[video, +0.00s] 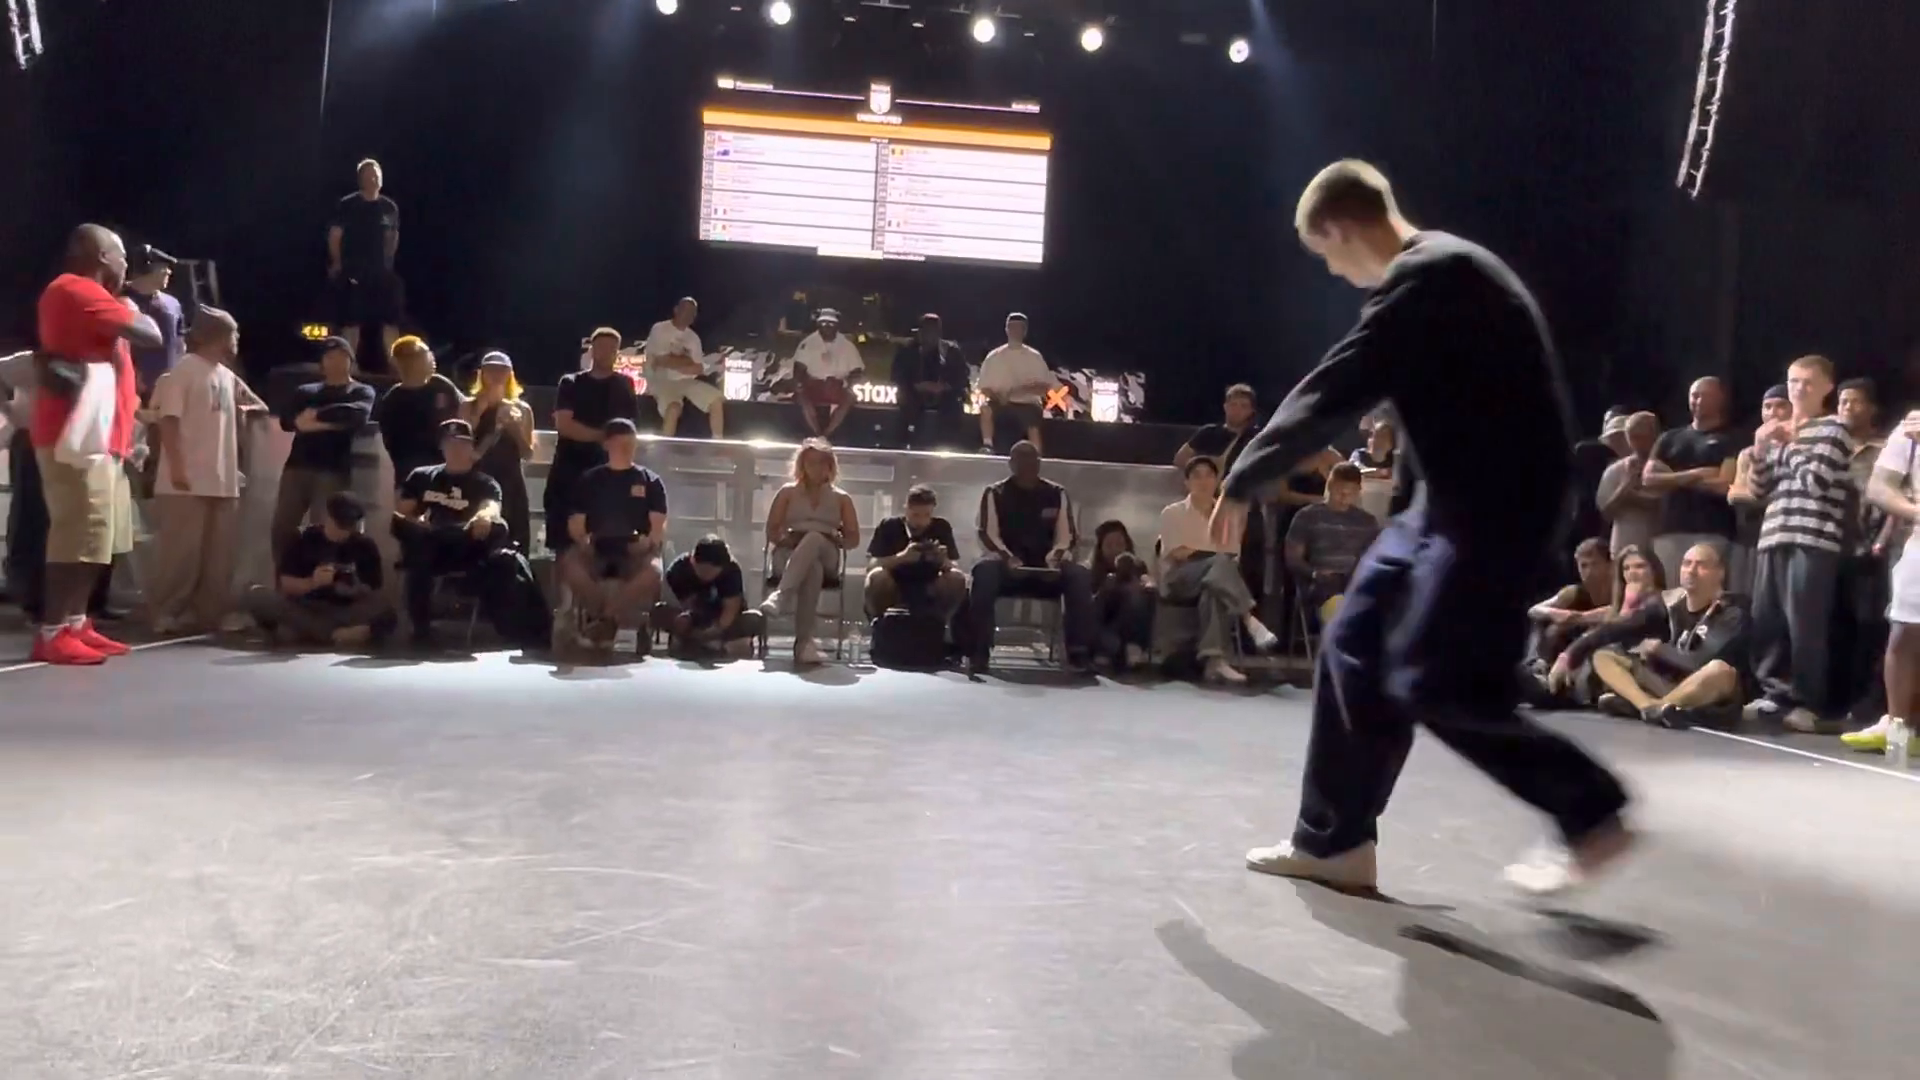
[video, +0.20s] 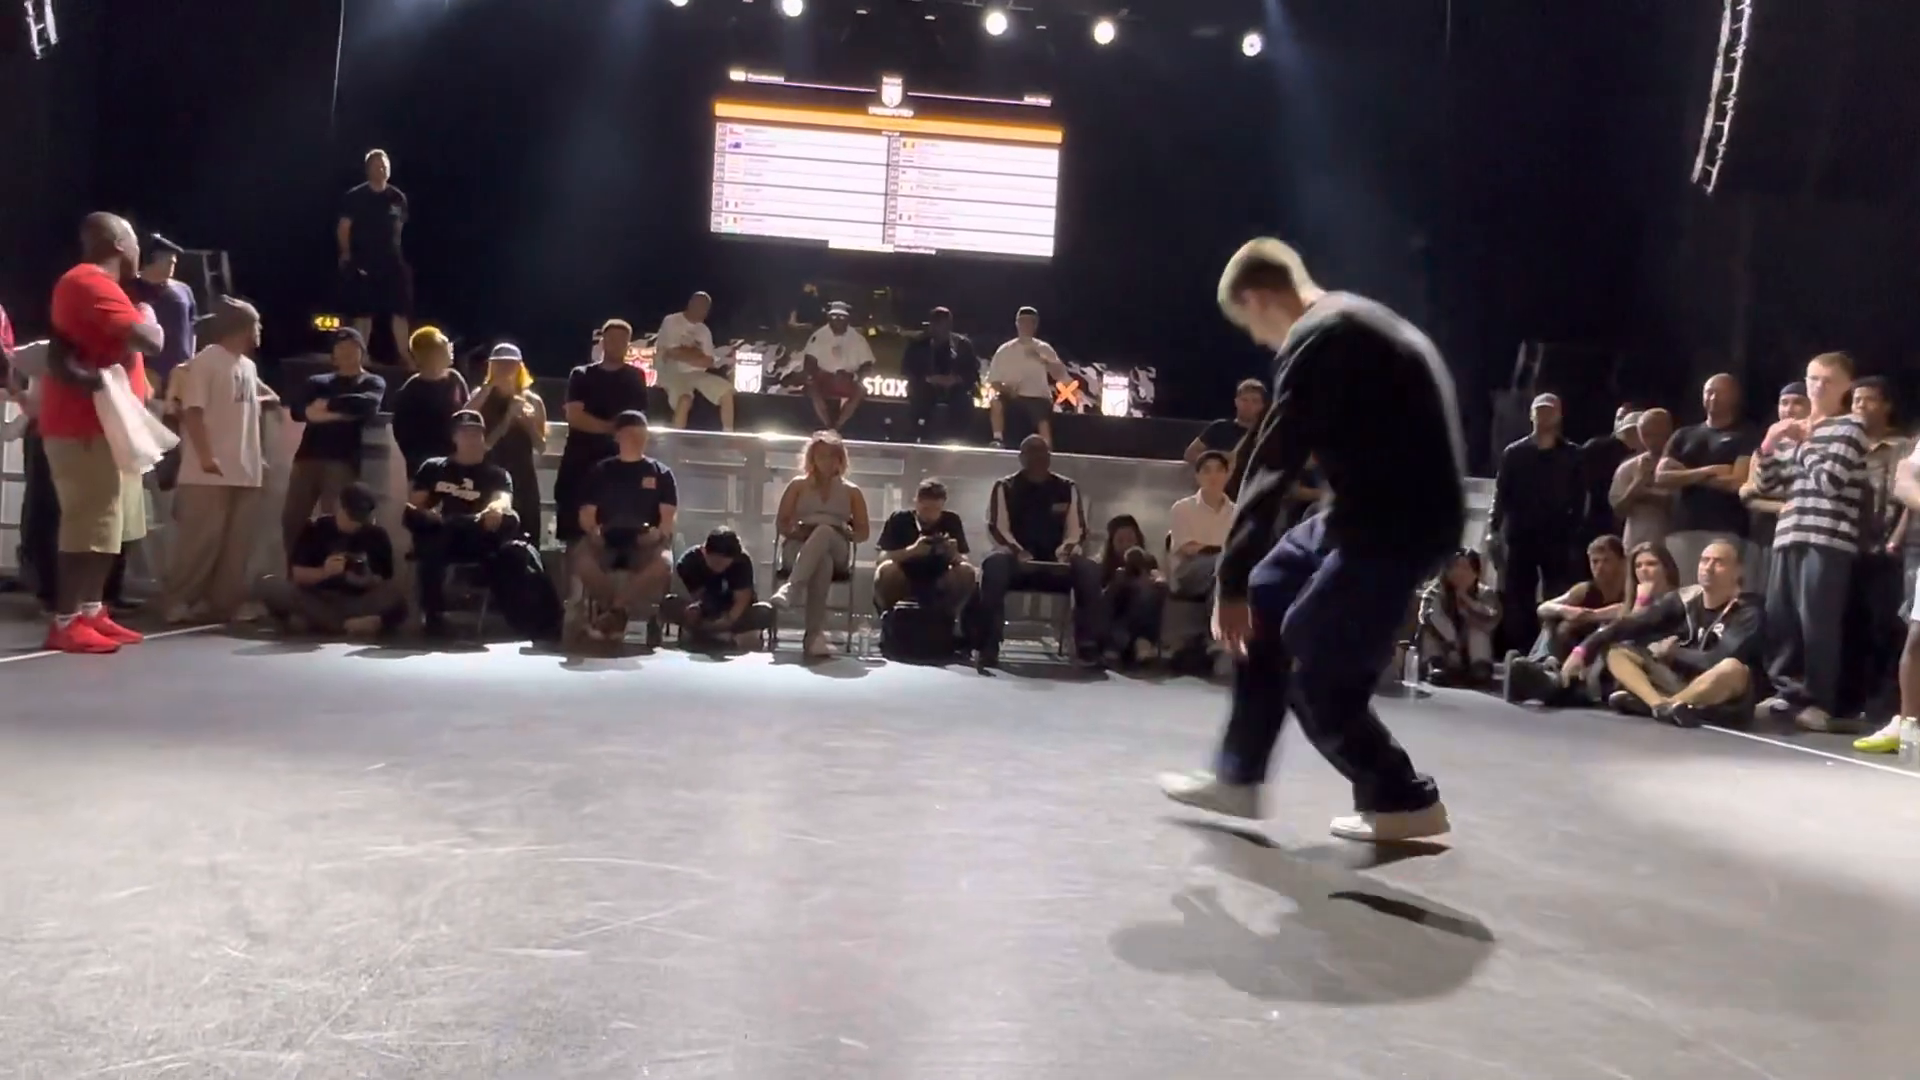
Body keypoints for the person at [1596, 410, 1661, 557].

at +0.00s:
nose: (1639, 443)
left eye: (1643, 437)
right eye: (1634, 438)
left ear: (1654, 437)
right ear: (1628, 439)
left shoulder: (1661, 469)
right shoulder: (1614, 471)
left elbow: (1666, 503)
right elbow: (1604, 509)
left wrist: (1629, 495)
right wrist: (1626, 484)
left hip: (1656, 541)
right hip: (1623, 543)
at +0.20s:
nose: (1654, 441)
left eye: (1659, 435)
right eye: (1648, 435)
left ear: (1669, 434)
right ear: (1641, 437)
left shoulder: (1678, 465)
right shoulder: (1627, 469)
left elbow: (1682, 501)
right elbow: (1618, 508)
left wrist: (1644, 493)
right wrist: (1639, 480)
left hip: (1671, 538)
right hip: (1636, 541)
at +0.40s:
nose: (1663, 438)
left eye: (1669, 432)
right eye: (1658, 432)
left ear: (1679, 431)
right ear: (1652, 433)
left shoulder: (1688, 463)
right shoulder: (1638, 466)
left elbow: (1692, 500)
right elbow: (1629, 505)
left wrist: (1655, 491)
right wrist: (1649, 478)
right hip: (1646, 533)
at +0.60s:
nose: (1674, 436)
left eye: (1680, 429)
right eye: (1668, 431)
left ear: (1691, 428)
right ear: (1661, 432)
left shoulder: (1701, 461)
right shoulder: (1649, 465)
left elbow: (1705, 501)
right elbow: (1637, 510)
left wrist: (1663, 491)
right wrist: (1656, 482)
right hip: (1656, 541)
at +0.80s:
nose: (1677, 436)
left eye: (1683, 429)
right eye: (1673, 430)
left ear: (1698, 428)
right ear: (1668, 430)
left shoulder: (1709, 462)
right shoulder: (1656, 464)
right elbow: (1643, 510)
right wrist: (1661, 481)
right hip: (1662, 542)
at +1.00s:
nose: (1684, 438)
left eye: (1691, 431)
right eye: (1679, 432)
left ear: (1705, 430)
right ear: (1674, 432)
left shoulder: (1715, 462)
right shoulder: (1661, 465)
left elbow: (1719, 502)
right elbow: (1646, 509)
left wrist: (1676, 491)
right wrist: (1664, 484)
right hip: (1668, 546)